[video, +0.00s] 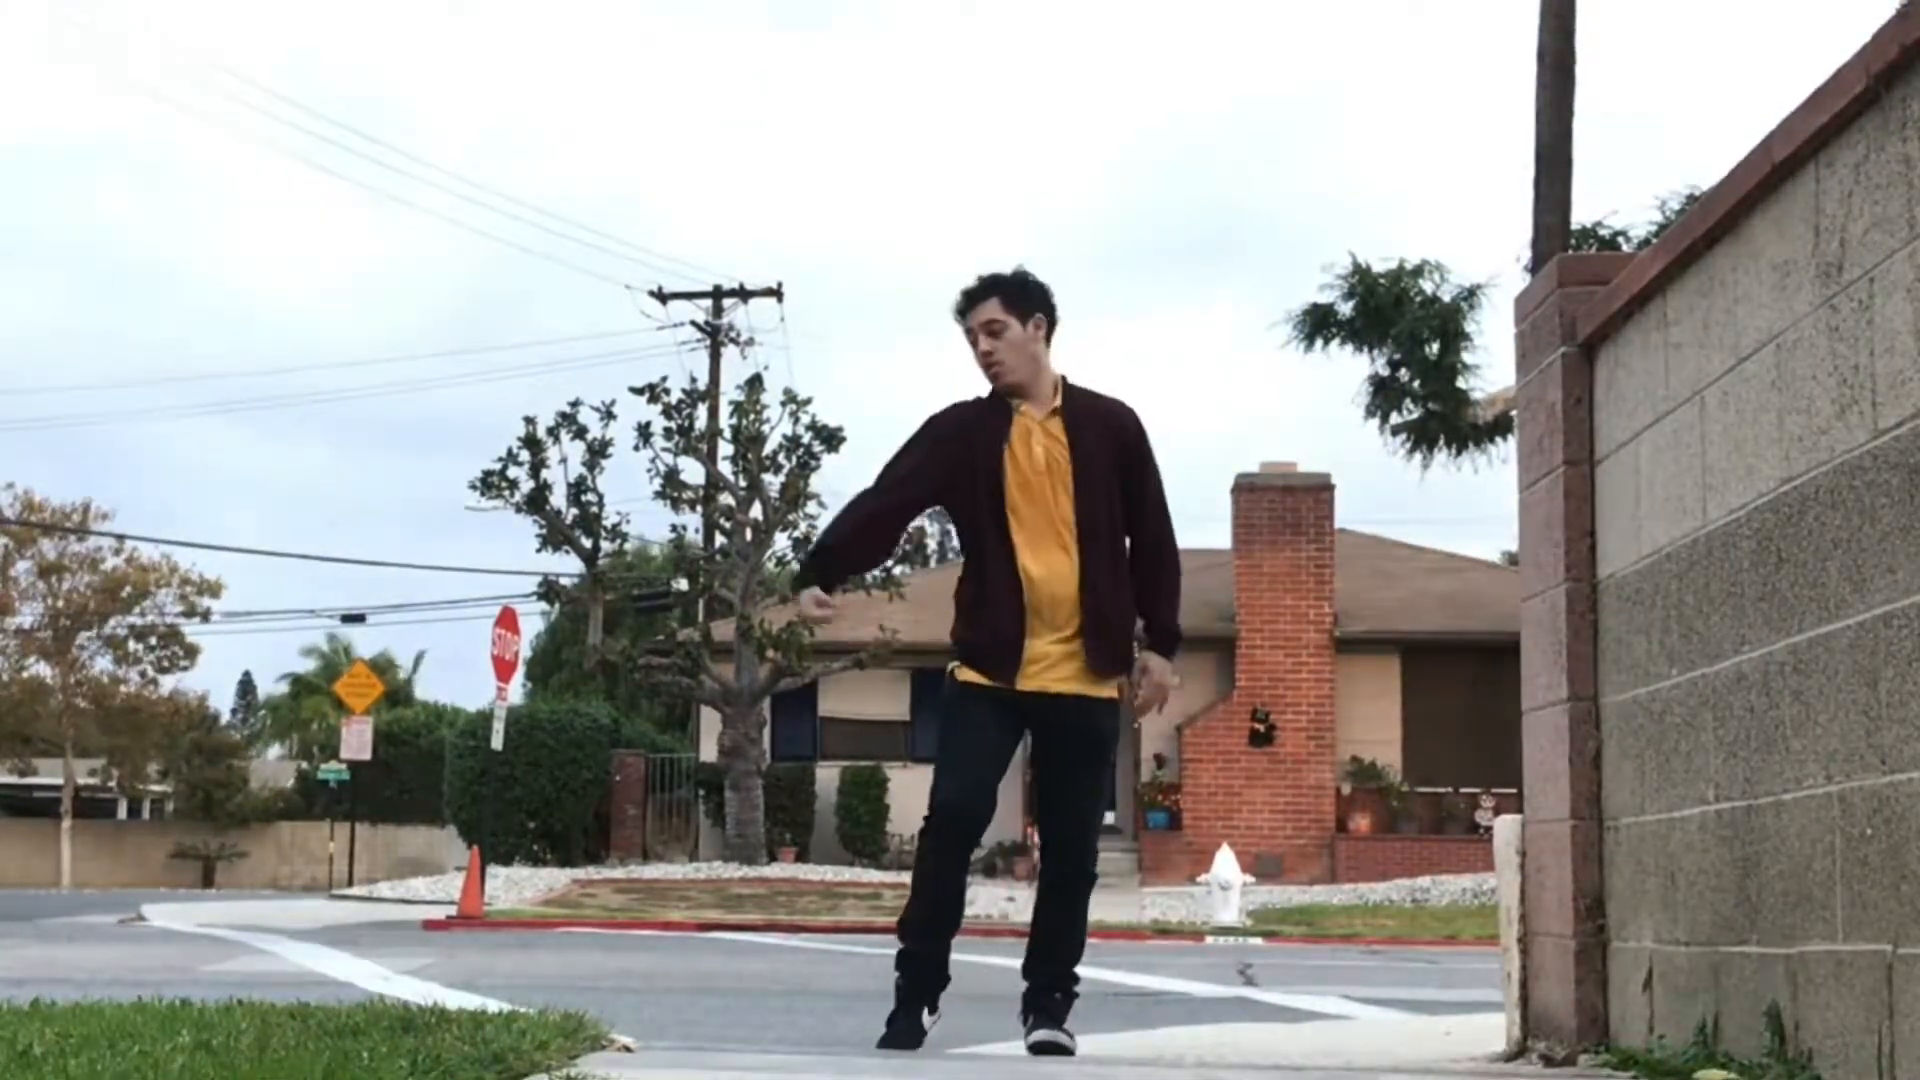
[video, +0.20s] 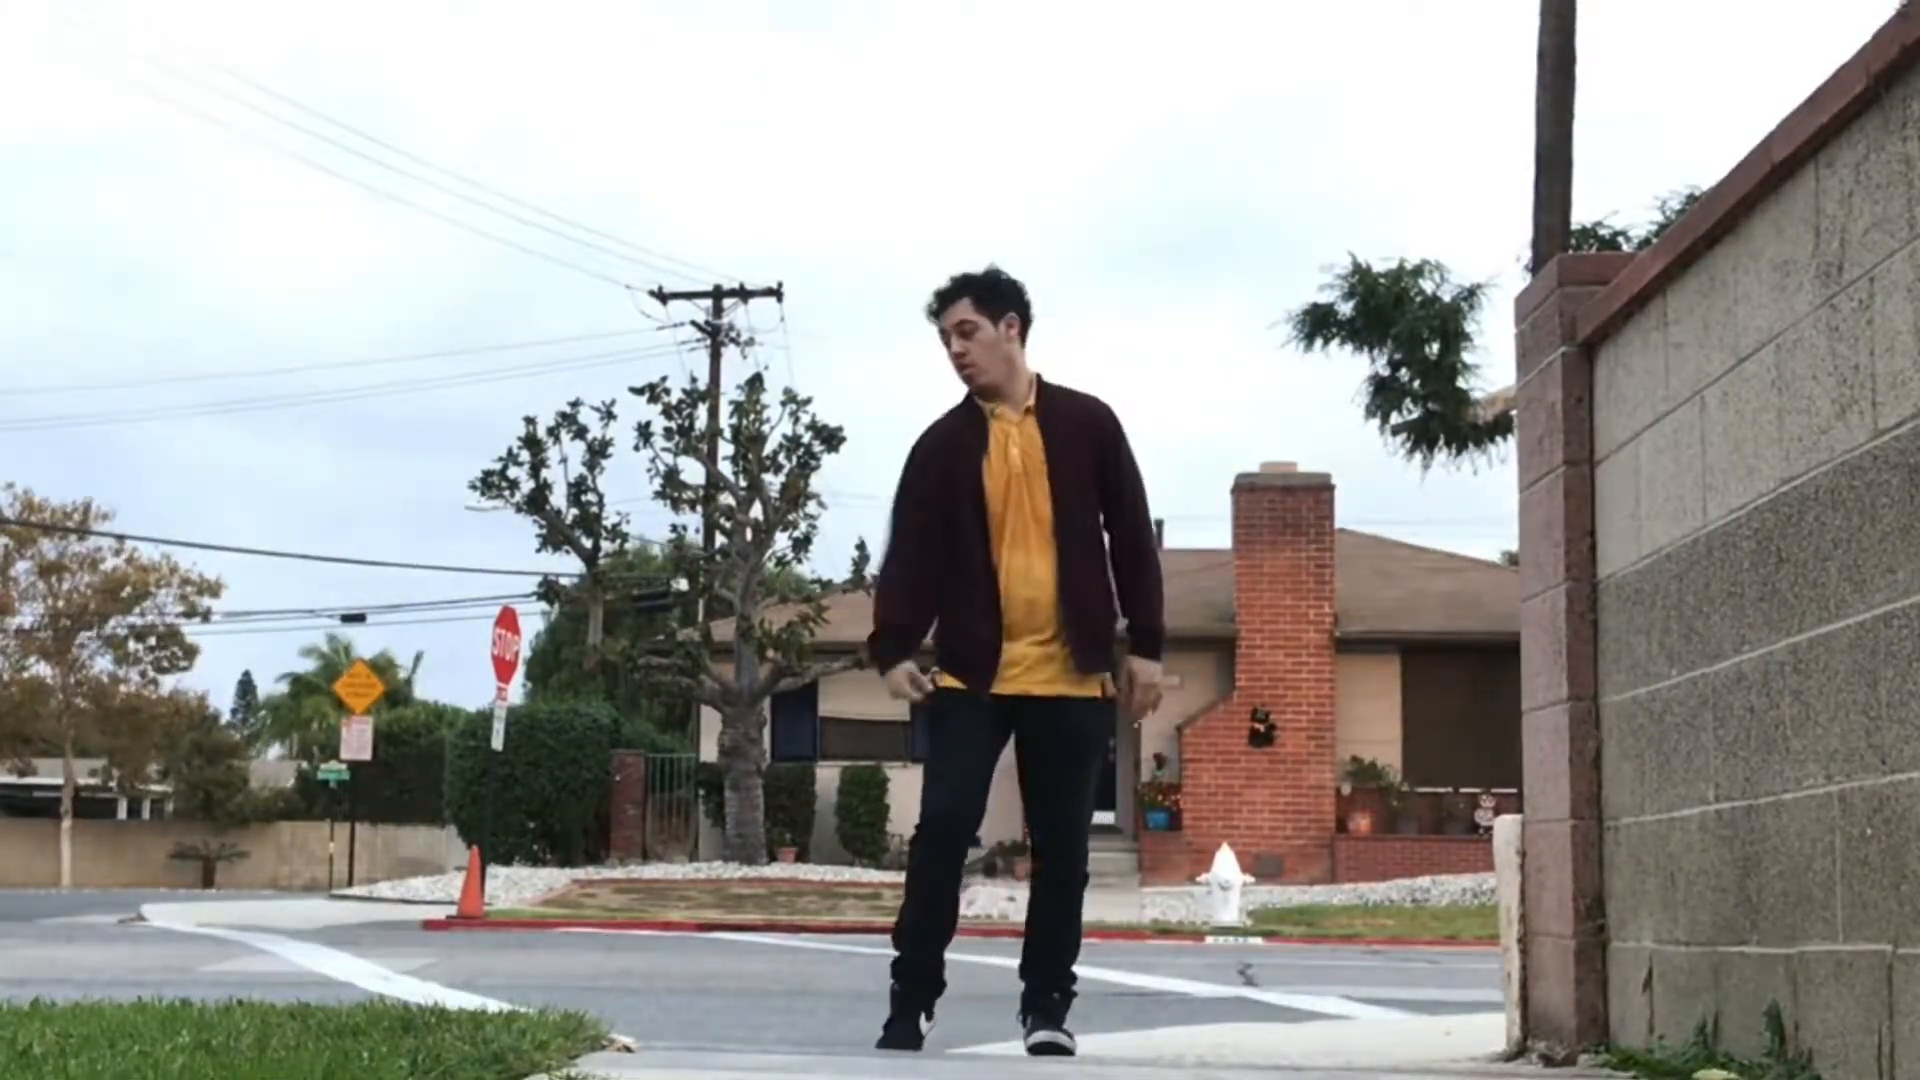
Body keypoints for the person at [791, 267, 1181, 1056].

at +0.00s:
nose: (983, 349)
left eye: (994, 332)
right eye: (974, 340)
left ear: (1042, 329)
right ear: (974, 350)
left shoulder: (1112, 425)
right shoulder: (961, 429)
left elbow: (1153, 539)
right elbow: (887, 502)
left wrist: (1160, 643)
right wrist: (821, 572)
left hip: (1087, 677)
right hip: (988, 671)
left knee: (1071, 851)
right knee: (950, 824)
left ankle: (1049, 1009)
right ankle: (914, 998)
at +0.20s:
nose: (955, 350)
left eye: (966, 333)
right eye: (947, 339)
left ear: (1014, 328)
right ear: (949, 350)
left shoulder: (1090, 423)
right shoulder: (940, 446)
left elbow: (1132, 538)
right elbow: (909, 553)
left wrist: (1146, 645)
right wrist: (893, 646)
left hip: (1071, 675)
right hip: (969, 676)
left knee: (1062, 849)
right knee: (941, 832)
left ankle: (1047, 1008)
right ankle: (910, 1003)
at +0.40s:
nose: (934, 350)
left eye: (945, 332)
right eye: (924, 339)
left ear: (991, 327)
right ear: (923, 350)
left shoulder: (1066, 424)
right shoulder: (907, 449)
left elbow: (1108, 535)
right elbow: (839, 537)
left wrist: (1118, 639)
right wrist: (887, 610)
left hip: (1052, 675)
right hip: (955, 678)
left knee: (1051, 849)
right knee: (936, 835)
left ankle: (1045, 1010)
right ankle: (909, 1010)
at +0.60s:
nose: (925, 350)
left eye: (936, 332)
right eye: (917, 339)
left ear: (984, 327)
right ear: (918, 347)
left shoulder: (1055, 427)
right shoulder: (906, 435)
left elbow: (1094, 542)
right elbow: (872, 549)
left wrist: (1121, 648)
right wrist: (838, 643)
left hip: (1031, 684)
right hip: (924, 679)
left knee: (1050, 852)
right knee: (868, 814)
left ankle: (1046, 1011)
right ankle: (870, 988)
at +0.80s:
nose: (958, 342)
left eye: (973, 325)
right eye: (947, 331)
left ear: (1013, 330)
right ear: (939, 343)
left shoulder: (1067, 431)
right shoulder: (914, 438)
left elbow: (1103, 548)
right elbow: (871, 551)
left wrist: (1122, 655)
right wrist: (828, 650)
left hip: (1038, 677)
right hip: (946, 679)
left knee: (1047, 847)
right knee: (950, 840)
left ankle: (1049, 1012)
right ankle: (906, 1015)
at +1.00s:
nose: (1006, 330)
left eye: (1018, 316)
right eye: (990, 320)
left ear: (1042, 329)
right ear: (969, 337)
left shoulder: (1088, 428)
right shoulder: (945, 434)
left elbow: (1115, 545)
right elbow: (912, 554)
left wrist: (1119, 651)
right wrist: (912, 667)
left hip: (1073, 674)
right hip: (982, 672)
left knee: (1068, 849)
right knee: (980, 839)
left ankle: (1052, 1011)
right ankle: (944, 1010)